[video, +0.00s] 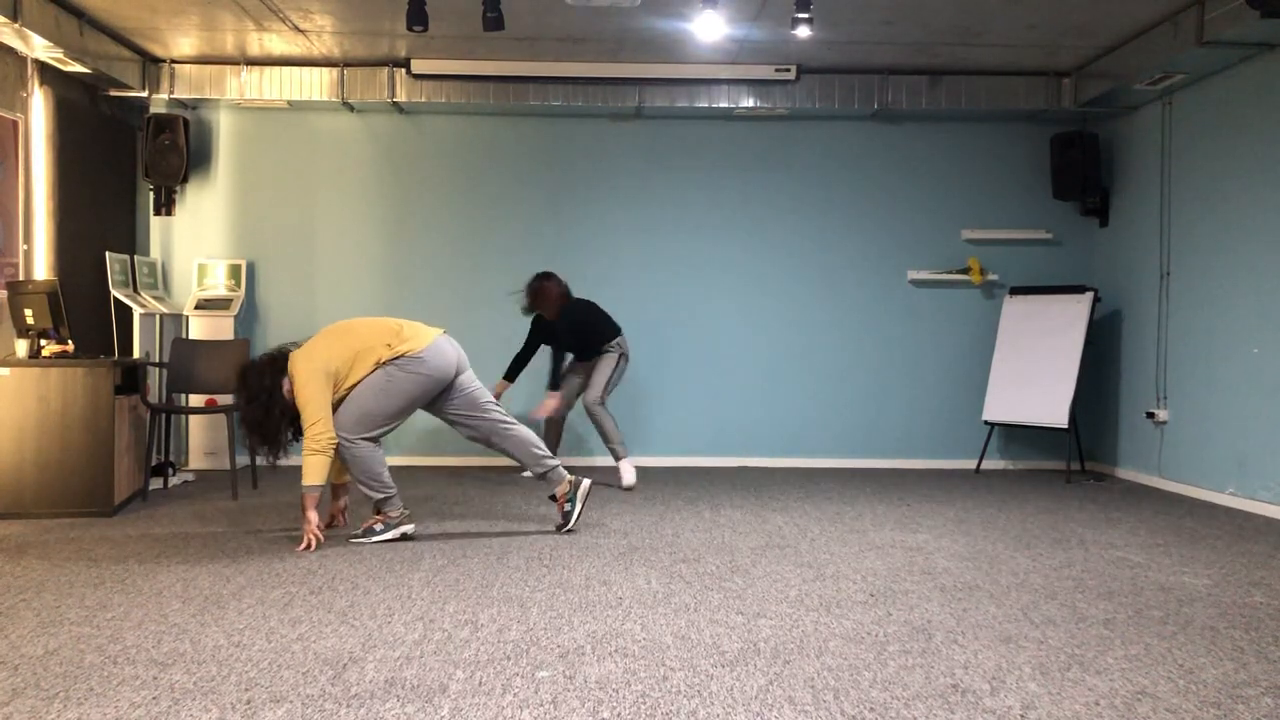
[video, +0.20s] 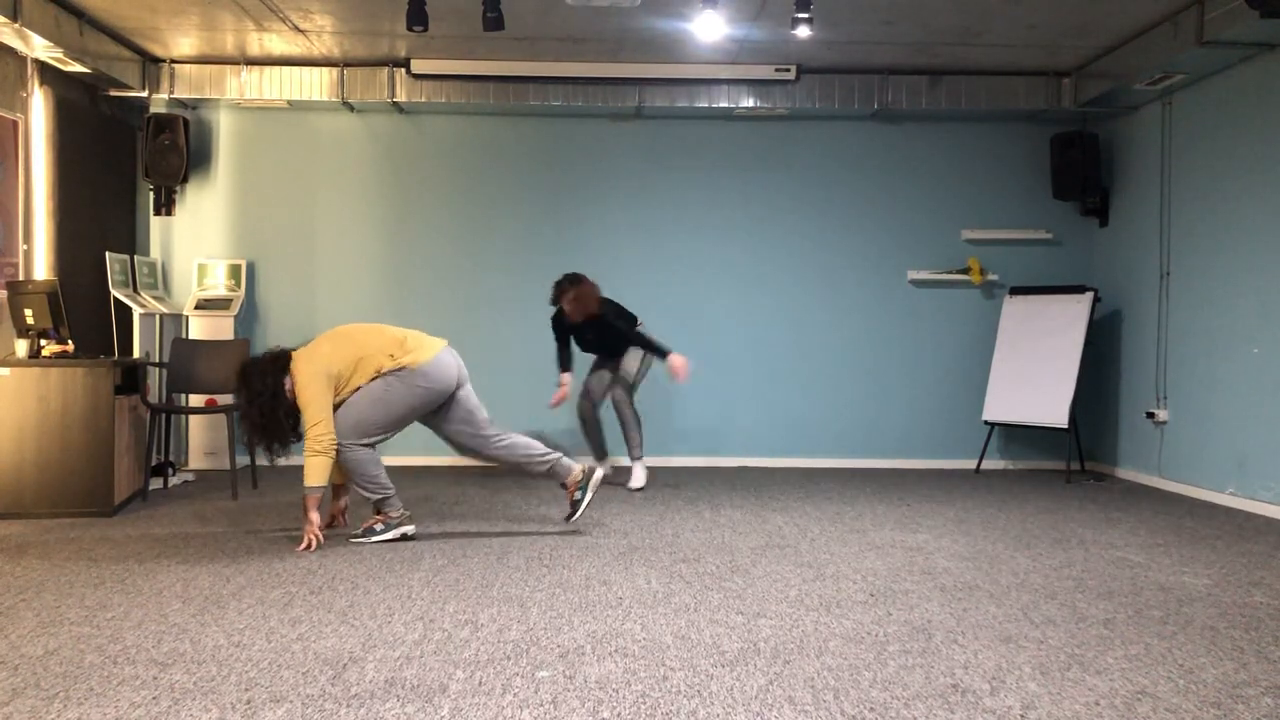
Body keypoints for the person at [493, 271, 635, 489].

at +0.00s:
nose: (544, 305)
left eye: (547, 298)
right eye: (540, 300)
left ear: (558, 296)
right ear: (536, 301)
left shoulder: (576, 312)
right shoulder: (541, 323)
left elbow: (559, 356)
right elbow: (524, 354)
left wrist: (554, 394)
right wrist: (498, 391)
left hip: (611, 351)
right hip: (583, 357)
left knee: (592, 401)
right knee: (557, 406)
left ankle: (623, 463)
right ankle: (545, 464)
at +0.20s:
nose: (571, 309)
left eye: (575, 302)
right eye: (567, 304)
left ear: (586, 300)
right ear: (561, 304)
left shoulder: (605, 310)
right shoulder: (561, 321)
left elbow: (635, 335)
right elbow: (563, 346)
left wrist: (668, 355)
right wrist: (565, 381)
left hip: (635, 347)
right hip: (608, 353)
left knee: (620, 395)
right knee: (585, 405)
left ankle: (637, 465)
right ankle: (603, 463)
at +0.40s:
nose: (600, 310)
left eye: (604, 305)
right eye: (596, 305)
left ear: (616, 299)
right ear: (592, 303)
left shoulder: (636, 304)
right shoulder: (590, 320)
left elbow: (676, 313)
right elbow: (609, 348)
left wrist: (715, 319)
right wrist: (632, 370)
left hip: (654, 349)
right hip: (621, 354)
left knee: (657, 403)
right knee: (606, 402)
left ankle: (650, 469)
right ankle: (607, 458)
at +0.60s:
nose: (668, 287)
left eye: (667, 281)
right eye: (661, 282)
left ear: (669, 280)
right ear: (647, 285)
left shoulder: (674, 297)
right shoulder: (631, 307)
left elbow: (700, 301)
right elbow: (656, 341)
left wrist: (730, 306)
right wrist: (695, 366)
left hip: (655, 353)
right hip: (624, 358)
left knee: (678, 398)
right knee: (649, 416)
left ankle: (676, 465)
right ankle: (644, 473)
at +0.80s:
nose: (698, 308)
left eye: (701, 302)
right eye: (692, 303)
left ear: (707, 302)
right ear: (676, 302)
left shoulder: (691, 319)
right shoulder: (665, 323)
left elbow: (712, 335)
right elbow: (694, 359)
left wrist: (739, 354)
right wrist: (730, 385)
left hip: (657, 367)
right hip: (626, 372)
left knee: (688, 415)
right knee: (658, 431)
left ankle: (685, 475)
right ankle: (627, 463)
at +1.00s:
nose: (689, 304)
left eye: (694, 299)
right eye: (684, 297)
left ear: (698, 301)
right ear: (669, 293)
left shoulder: (684, 323)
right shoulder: (655, 305)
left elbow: (700, 355)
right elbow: (675, 346)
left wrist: (718, 393)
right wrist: (703, 384)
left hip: (630, 358)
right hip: (600, 355)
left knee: (667, 410)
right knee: (627, 419)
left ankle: (661, 471)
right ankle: (597, 484)